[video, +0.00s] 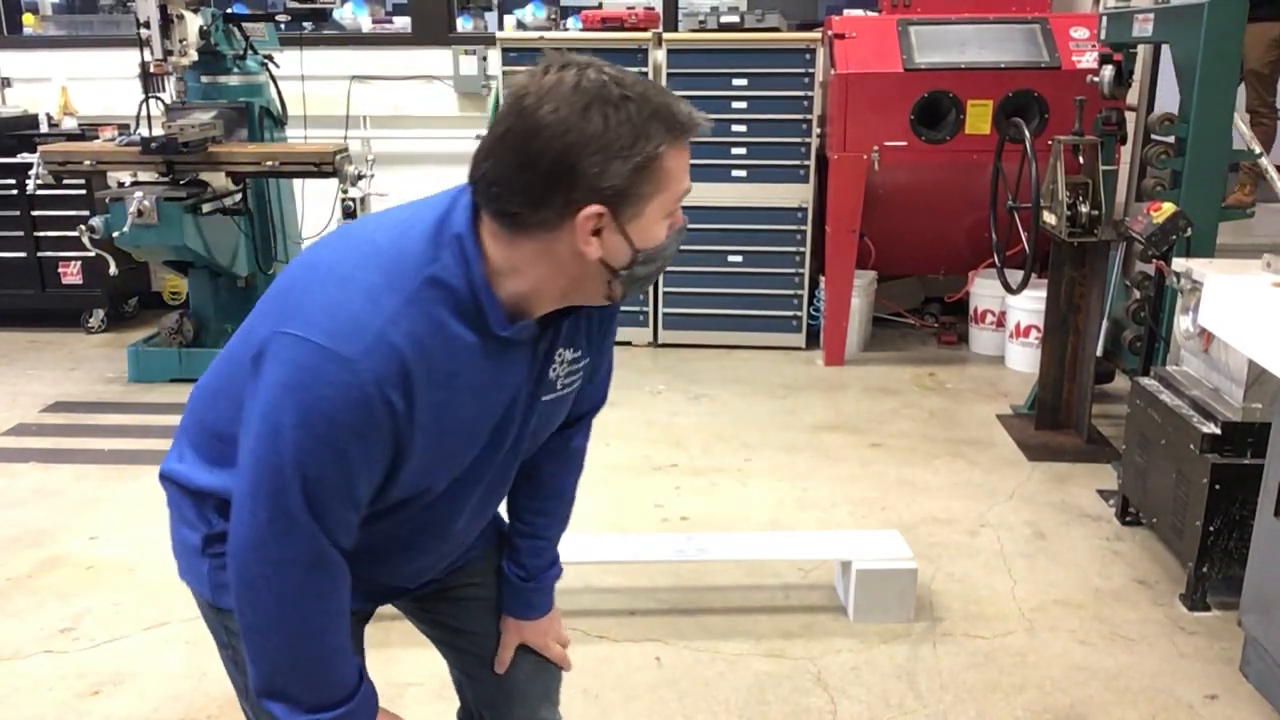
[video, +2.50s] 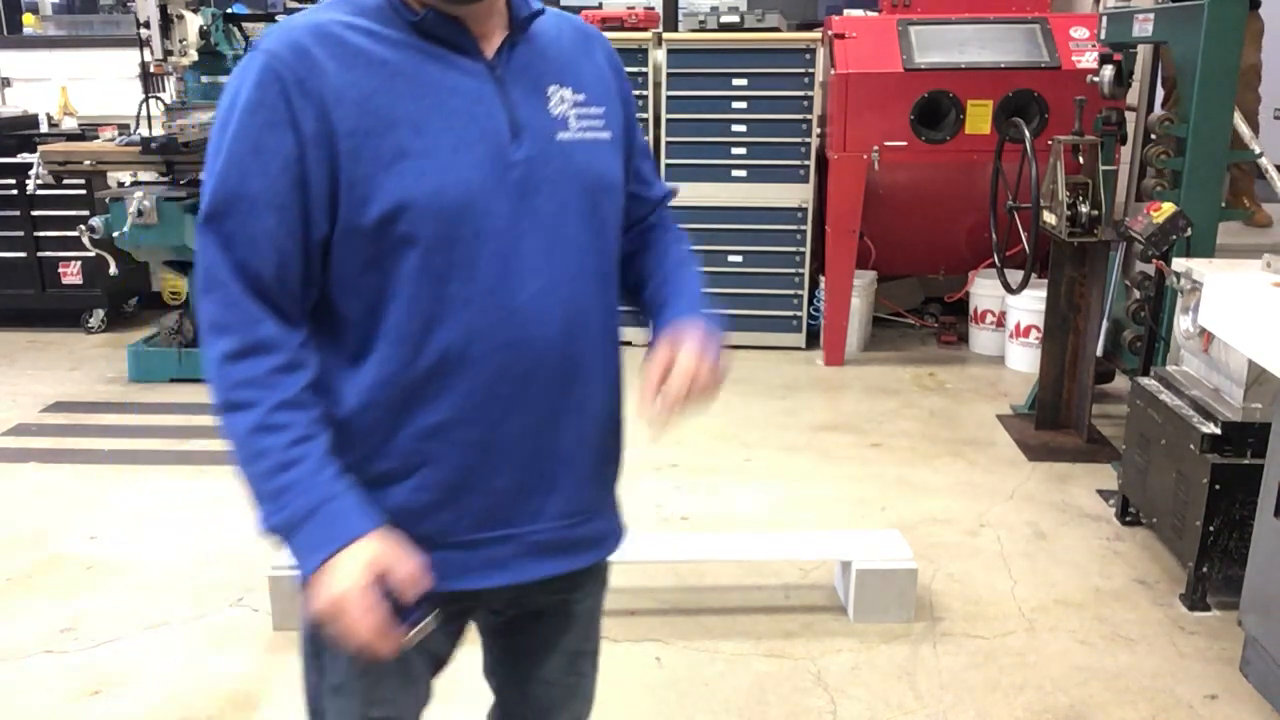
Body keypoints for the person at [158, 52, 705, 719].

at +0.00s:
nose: (680, 222)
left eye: (678, 205)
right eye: (671, 209)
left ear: (592, 230)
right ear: (594, 231)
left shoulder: (583, 287)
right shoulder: (343, 350)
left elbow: (557, 442)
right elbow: (279, 568)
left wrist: (529, 589)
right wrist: (341, 708)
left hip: (431, 506)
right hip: (271, 534)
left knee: (524, 690)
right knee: (309, 708)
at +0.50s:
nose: (711, 233)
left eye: (718, 210)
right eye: (716, 211)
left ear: (587, 171)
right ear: (675, 227)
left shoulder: (565, 266)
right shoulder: (461, 345)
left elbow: (529, 438)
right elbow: (365, 575)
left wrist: (505, 571)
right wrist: (366, 705)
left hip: (402, 495)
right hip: (251, 531)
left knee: (496, 684)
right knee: (336, 706)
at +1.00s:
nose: (614, 262)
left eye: (639, 229)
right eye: (580, 230)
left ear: (664, 217)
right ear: (508, 212)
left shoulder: (627, 287)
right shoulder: (389, 354)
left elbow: (574, 446)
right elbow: (305, 565)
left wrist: (530, 582)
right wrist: (354, 699)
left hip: (433, 484)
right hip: (269, 512)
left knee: (516, 687)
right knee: (313, 700)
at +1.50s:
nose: (487, 290)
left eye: (522, 251)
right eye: (454, 250)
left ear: (578, 232)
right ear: (408, 236)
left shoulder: (617, 304)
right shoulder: (290, 359)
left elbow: (590, 471)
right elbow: (258, 555)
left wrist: (554, 612)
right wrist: (336, 692)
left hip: (484, 519)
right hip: (330, 539)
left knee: (543, 696)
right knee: (312, 702)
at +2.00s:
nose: (416, 15)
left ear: (480, 9)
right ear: (327, 10)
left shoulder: (542, 116)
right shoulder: (222, 159)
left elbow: (586, 330)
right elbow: (184, 434)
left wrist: (616, 517)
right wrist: (254, 665)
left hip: (463, 519)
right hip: (297, 538)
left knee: (510, 704)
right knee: (314, 709)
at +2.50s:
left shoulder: (583, 57)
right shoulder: (297, 72)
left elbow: (645, 221)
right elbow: (245, 335)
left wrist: (683, 311)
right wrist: (328, 531)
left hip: (561, 524)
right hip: (382, 543)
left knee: (550, 709)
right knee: (365, 711)